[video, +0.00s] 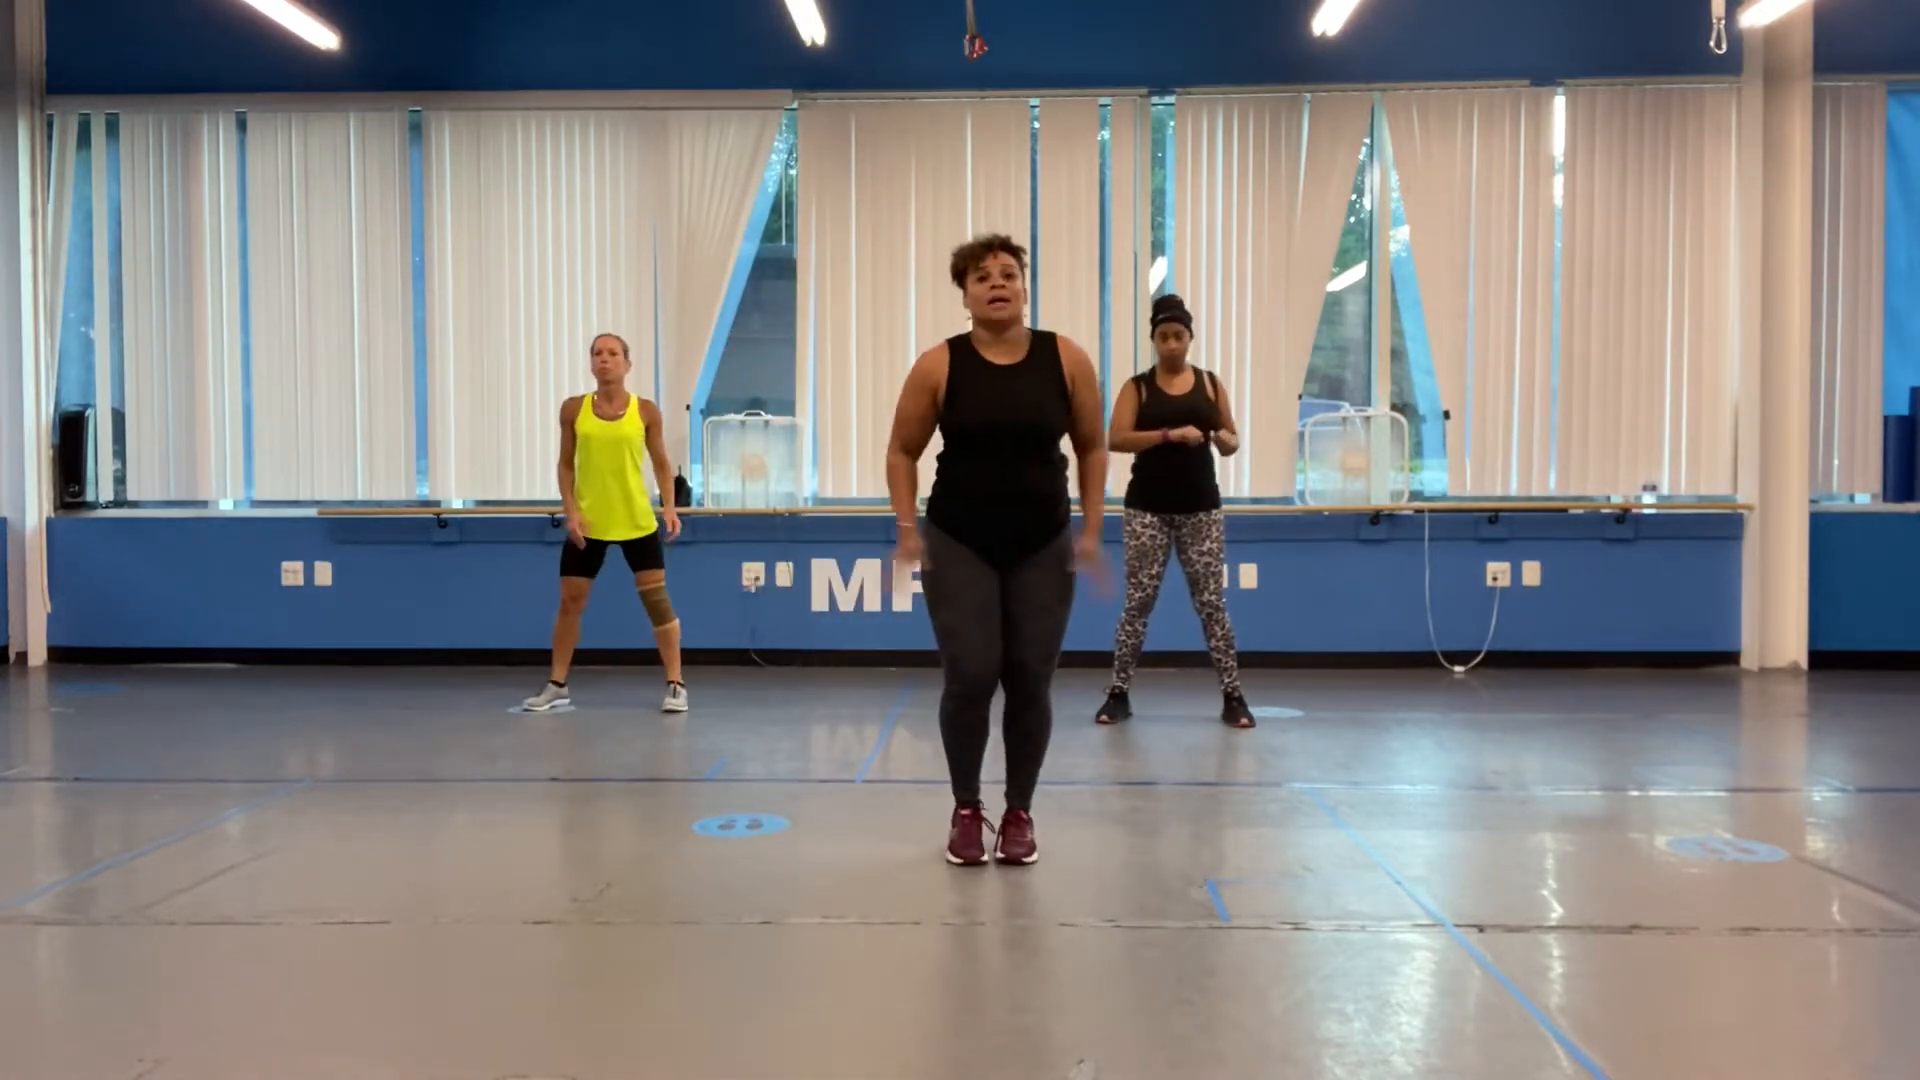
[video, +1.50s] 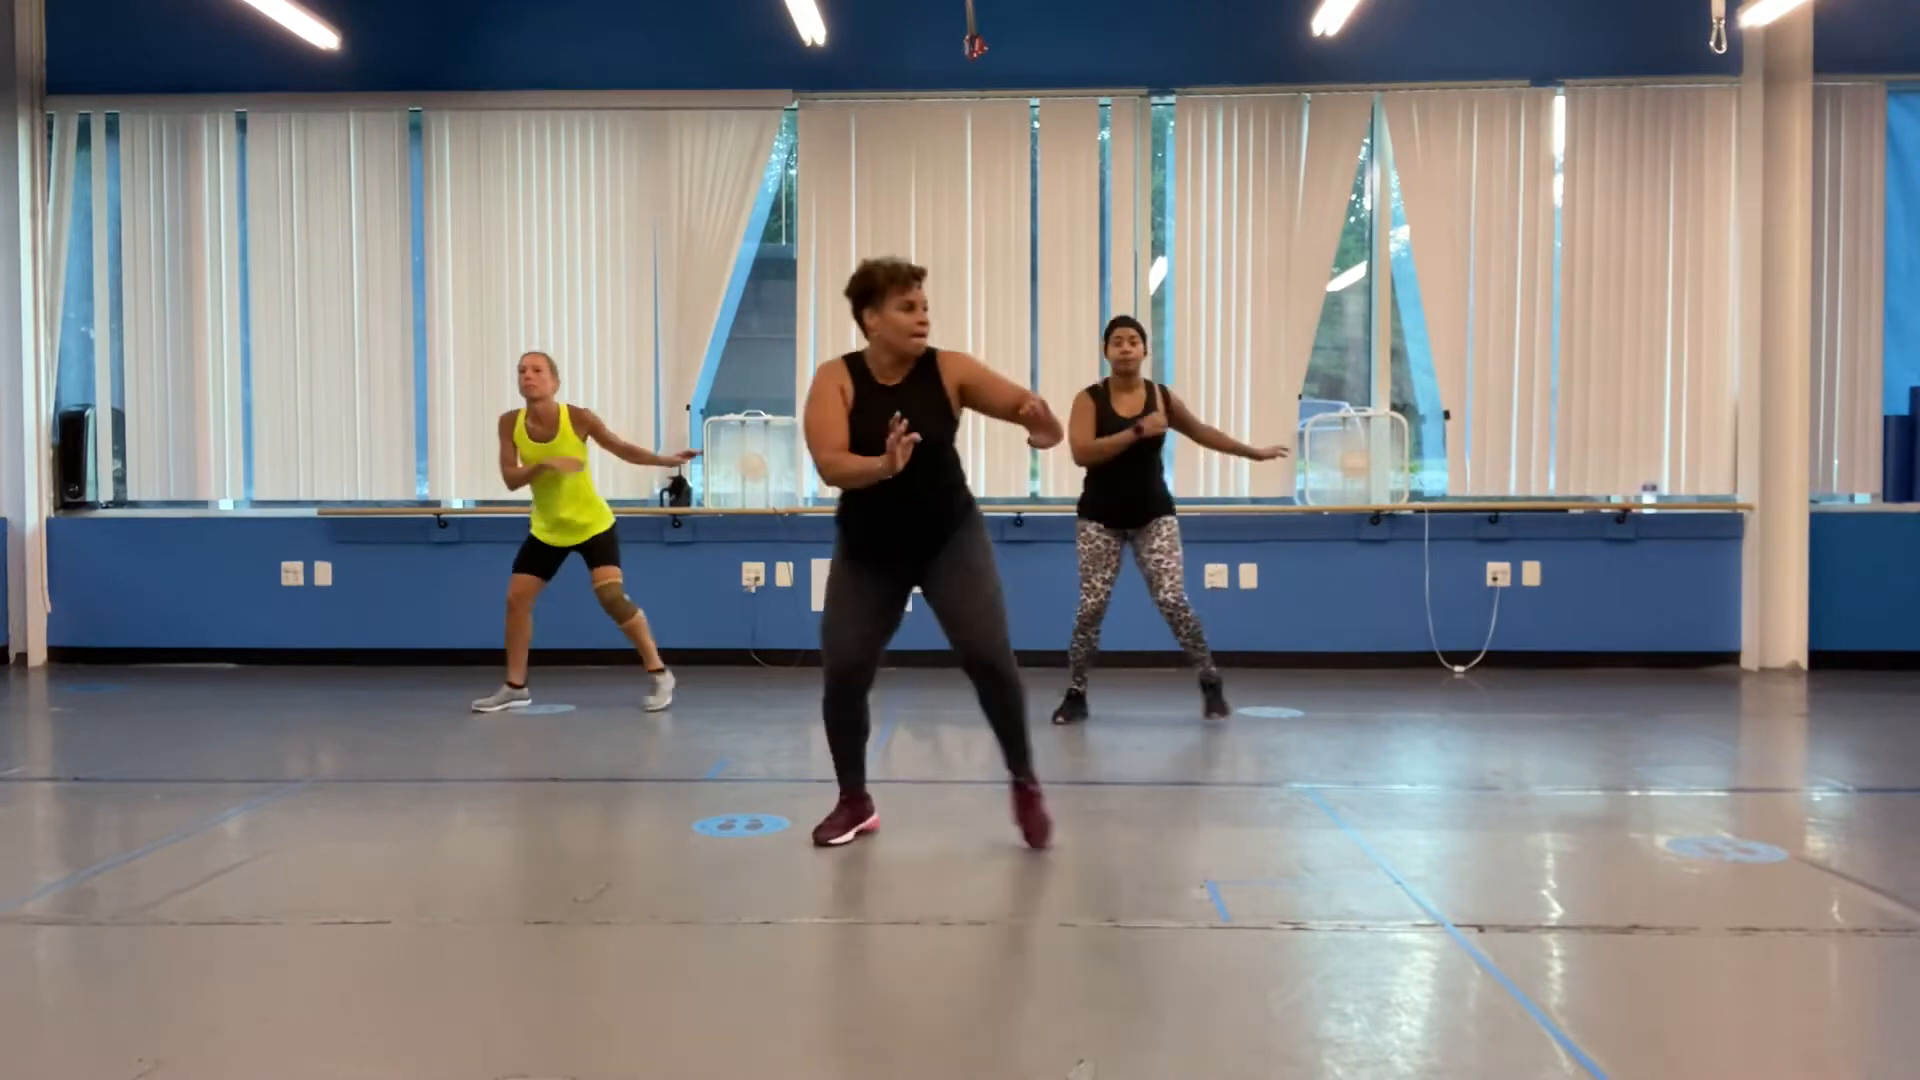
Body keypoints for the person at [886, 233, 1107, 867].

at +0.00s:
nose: (999, 285)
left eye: (1009, 276)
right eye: (984, 279)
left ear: (1025, 287)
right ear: (965, 295)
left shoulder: (1066, 360)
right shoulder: (938, 367)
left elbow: (1091, 447)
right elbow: (903, 451)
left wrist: (1091, 527)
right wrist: (908, 524)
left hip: (1044, 540)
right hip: (958, 540)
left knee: (1029, 679)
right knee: (971, 674)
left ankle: (1018, 815)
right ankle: (967, 809)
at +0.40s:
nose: (980, 301)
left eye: (992, 290)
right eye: (967, 288)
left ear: (1006, 302)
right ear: (945, 298)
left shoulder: (1034, 367)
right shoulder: (913, 359)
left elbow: (1091, 437)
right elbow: (898, 447)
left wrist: (1125, 508)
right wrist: (958, 514)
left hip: (1032, 534)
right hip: (948, 533)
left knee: (1025, 677)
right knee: (925, 661)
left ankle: (1022, 812)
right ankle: (961, 787)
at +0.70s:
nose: (967, 318)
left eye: (980, 307)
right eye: (954, 307)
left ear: (996, 319)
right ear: (934, 318)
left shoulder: (1023, 399)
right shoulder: (905, 375)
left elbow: (1027, 494)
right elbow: (834, 429)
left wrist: (1076, 505)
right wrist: (897, 466)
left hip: (997, 547)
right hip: (916, 549)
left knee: (979, 655)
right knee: (911, 679)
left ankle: (1046, 763)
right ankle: (925, 809)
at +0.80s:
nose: (968, 317)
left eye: (980, 307)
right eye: (955, 308)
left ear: (997, 317)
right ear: (936, 319)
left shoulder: (1025, 386)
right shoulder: (906, 372)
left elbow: (1040, 477)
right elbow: (821, 402)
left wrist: (1037, 495)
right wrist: (831, 473)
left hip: (1003, 547)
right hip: (918, 547)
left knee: (1009, 663)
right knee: (916, 683)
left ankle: (1021, 782)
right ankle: (924, 808)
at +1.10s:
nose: (975, 336)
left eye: (986, 324)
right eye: (961, 327)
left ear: (1005, 332)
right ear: (945, 339)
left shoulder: (1042, 391)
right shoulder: (922, 408)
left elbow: (1082, 470)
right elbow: (876, 482)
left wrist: (1009, 496)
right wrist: (817, 469)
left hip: (1026, 546)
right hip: (944, 545)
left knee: (1051, 669)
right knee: (947, 648)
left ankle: (1050, 805)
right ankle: (898, 754)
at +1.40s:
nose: (945, 317)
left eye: (948, 307)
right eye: (930, 308)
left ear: (952, 312)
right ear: (891, 317)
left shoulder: (976, 366)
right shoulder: (861, 383)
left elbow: (1051, 398)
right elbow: (857, 473)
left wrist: (1067, 432)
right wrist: (898, 476)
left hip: (986, 537)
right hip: (906, 543)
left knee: (1015, 664)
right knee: (854, 656)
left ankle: (1050, 798)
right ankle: (856, 783)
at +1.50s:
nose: (922, 317)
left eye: (924, 306)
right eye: (908, 308)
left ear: (927, 311)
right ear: (869, 319)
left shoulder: (950, 370)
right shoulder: (836, 380)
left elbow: (1022, 406)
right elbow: (831, 466)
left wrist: (1043, 423)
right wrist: (884, 464)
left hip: (951, 538)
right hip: (870, 546)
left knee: (988, 658)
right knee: (843, 673)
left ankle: (1025, 783)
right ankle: (853, 799)